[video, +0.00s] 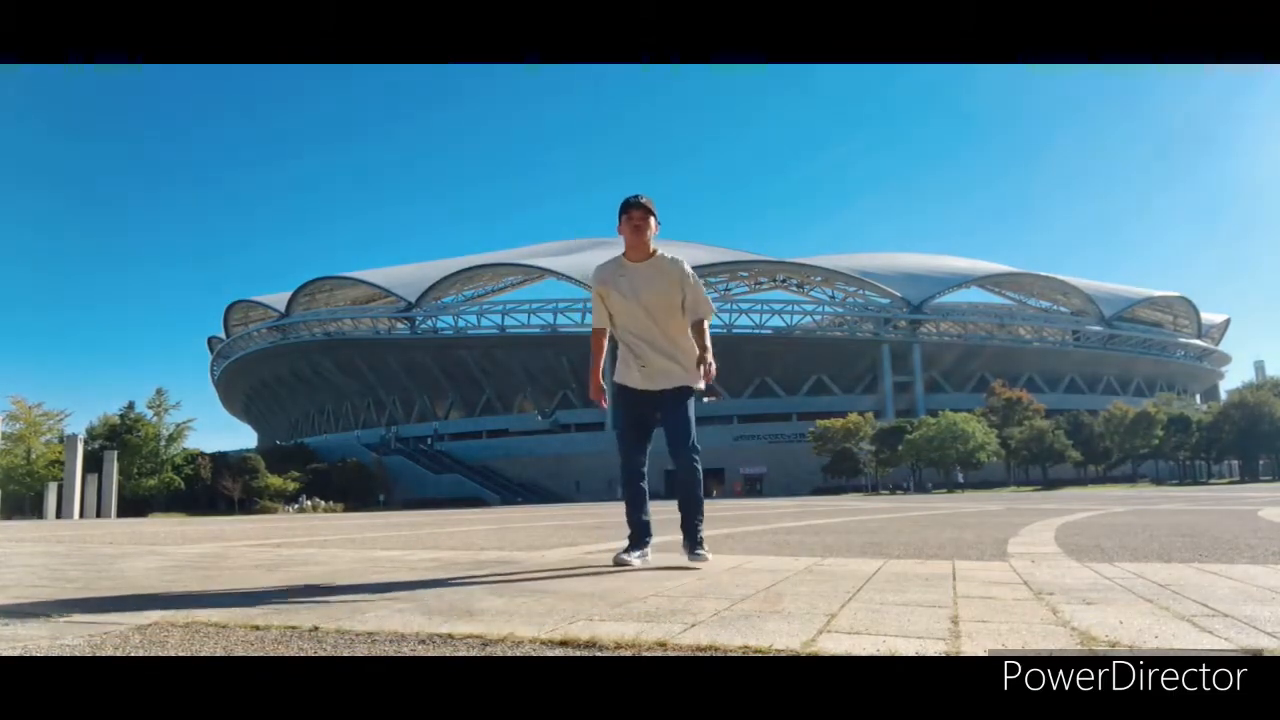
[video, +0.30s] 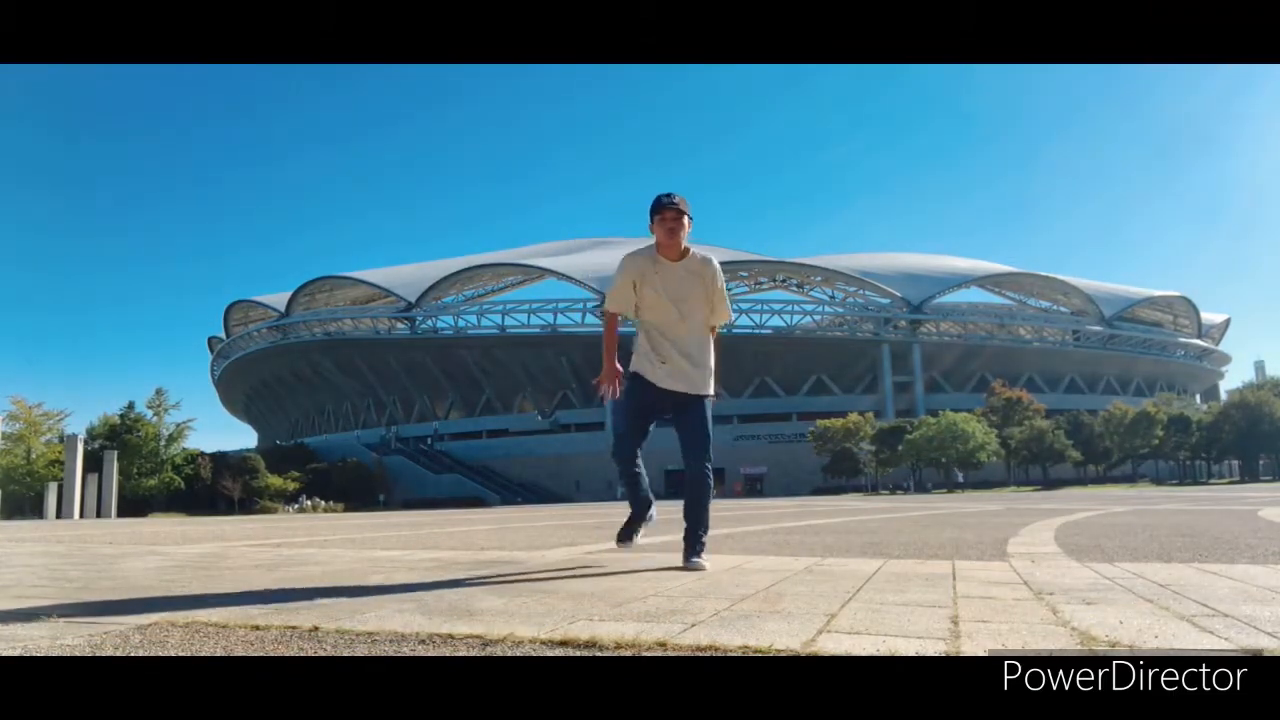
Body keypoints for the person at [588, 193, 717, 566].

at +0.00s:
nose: (637, 226)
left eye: (643, 220)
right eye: (631, 221)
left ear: (655, 226)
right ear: (620, 227)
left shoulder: (678, 270)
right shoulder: (605, 276)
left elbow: (699, 319)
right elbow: (600, 329)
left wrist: (706, 355)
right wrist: (595, 375)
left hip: (678, 380)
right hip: (629, 382)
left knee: (687, 457)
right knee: (632, 467)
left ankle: (694, 538)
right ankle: (638, 542)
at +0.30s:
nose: (671, 226)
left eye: (677, 219)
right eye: (664, 220)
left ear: (688, 225)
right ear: (652, 226)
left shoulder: (708, 269)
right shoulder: (635, 264)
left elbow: (711, 330)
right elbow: (611, 313)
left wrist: (711, 380)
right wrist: (610, 362)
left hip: (694, 379)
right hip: (646, 374)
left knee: (699, 467)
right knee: (623, 449)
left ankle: (695, 548)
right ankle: (642, 507)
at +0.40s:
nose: (675, 227)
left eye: (680, 221)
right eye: (667, 221)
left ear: (691, 226)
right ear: (654, 228)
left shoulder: (712, 268)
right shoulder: (637, 267)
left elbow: (715, 322)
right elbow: (606, 307)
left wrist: (710, 376)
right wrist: (608, 357)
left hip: (698, 377)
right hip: (654, 364)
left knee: (699, 467)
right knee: (622, 419)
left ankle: (693, 549)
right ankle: (616, 458)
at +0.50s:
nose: (677, 230)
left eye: (683, 223)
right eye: (669, 224)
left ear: (694, 228)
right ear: (656, 230)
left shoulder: (715, 270)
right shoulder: (643, 273)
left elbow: (719, 319)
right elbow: (605, 311)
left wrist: (700, 355)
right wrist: (604, 362)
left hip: (702, 378)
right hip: (661, 362)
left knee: (702, 468)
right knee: (629, 410)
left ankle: (692, 548)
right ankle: (572, 442)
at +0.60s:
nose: (684, 223)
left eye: (689, 217)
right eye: (676, 217)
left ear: (698, 223)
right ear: (662, 224)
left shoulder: (715, 269)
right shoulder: (644, 267)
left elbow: (719, 322)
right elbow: (616, 315)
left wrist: (710, 365)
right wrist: (618, 363)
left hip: (710, 381)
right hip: (665, 371)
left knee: (709, 466)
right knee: (639, 439)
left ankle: (692, 549)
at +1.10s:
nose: (673, 219)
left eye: (679, 212)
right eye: (665, 213)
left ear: (690, 218)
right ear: (653, 220)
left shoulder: (712, 263)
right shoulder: (636, 260)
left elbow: (743, 303)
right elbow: (600, 293)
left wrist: (760, 342)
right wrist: (585, 322)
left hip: (694, 365)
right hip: (655, 354)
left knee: (703, 461)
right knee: (646, 352)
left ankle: (697, 545)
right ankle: (648, 453)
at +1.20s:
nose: (672, 207)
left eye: (678, 201)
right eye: (665, 201)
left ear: (688, 207)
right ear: (652, 208)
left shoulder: (705, 252)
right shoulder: (634, 249)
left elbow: (731, 298)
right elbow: (611, 301)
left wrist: (753, 338)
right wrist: (601, 347)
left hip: (686, 357)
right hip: (643, 348)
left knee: (696, 454)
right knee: (635, 389)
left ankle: (695, 543)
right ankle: (632, 429)